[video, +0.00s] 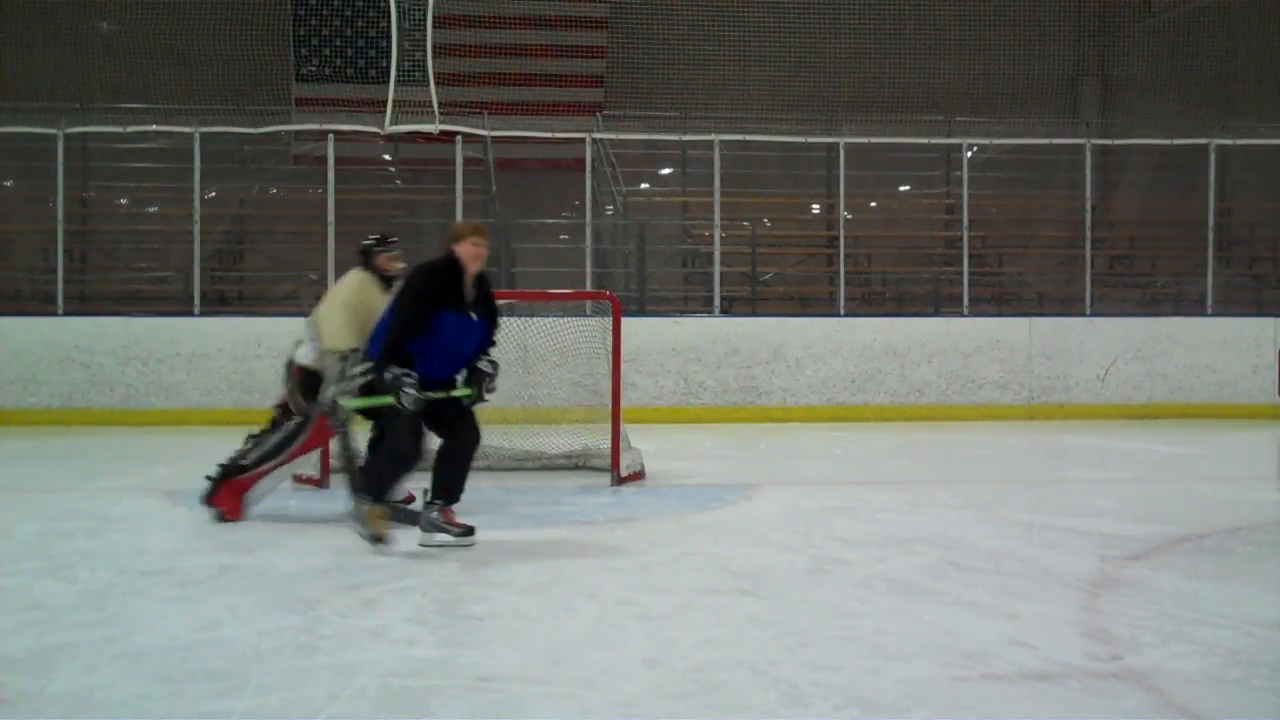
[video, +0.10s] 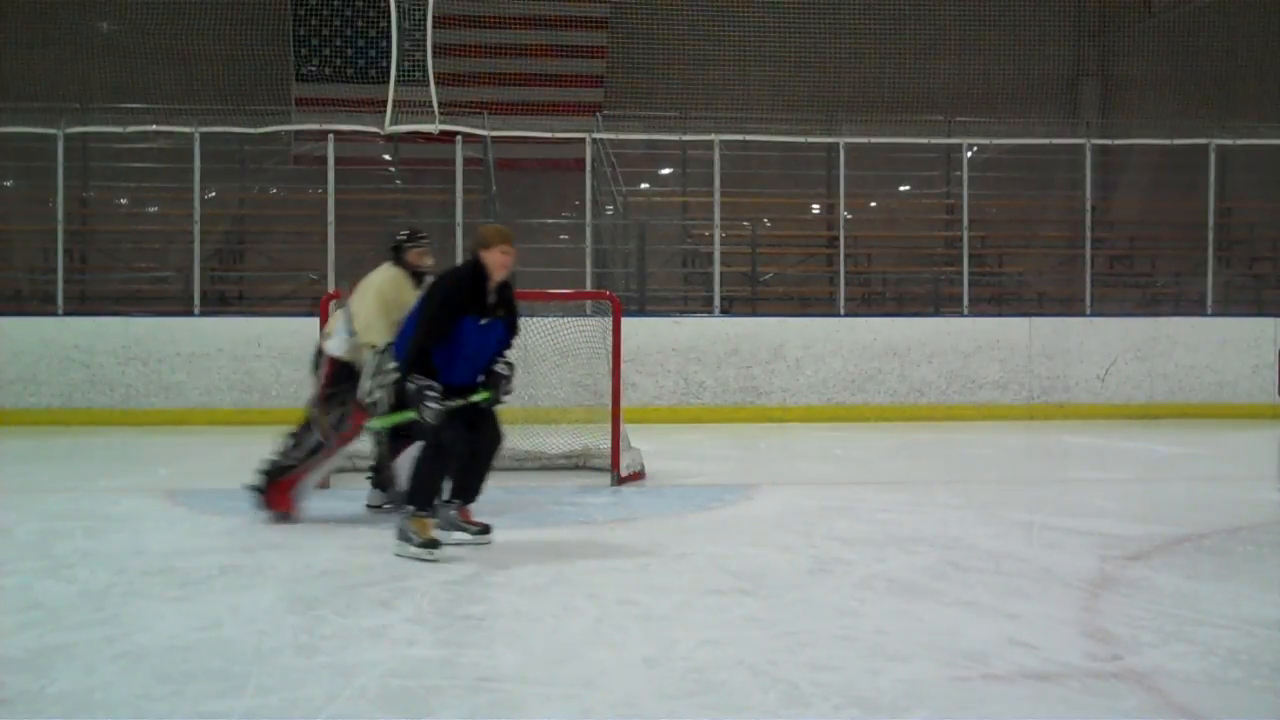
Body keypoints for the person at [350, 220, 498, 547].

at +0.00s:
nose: (480, 252)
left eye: (484, 246)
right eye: (473, 245)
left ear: (487, 252)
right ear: (455, 246)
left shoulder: (482, 288)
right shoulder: (428, 277)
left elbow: (485, 336)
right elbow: (399, 326)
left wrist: (481, 367)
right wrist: (399, 375)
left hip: (438, 380)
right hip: (395, 376)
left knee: (465, 434)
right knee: (405, 444)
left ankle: (439, 508)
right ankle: (367, 498)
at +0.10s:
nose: (507, 260)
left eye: (510, 254)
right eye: (500, 253)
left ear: (513, 258)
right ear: (480, 254)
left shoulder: (503, 293)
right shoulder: (453, 284)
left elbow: (503, 341)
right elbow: (420, 335)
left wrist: (497, 372)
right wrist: (422, 383)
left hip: (468, 383)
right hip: (432, 382)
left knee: (487, 436)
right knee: (443, 440)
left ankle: (455, 507)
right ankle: (417, 516)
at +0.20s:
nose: (536, 269)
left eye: (539, 262)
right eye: (532, 261)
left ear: (534, 263)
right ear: (511, 257)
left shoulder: (525, 296)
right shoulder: (478, 289)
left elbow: (526, 344)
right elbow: (448, 341)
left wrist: (521, 376)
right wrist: (448, 388)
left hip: (494, 388)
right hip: (459, 387)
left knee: (513, 438)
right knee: (470, 444)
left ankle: (480, 507)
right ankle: (441, 520)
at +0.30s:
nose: (563, 270)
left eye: (566, 263)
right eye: (559, 262)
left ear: (563, 264)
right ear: (538, 257)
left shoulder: (548, 296)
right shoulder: (507, 289)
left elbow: (549, 344)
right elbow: (482, 345)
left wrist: (552, 372)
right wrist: (489, 391)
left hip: (516, 388)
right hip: (481, 387)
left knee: (541, 439)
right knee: (506, 443)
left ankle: (506, 507)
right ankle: (470, 522)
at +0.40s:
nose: (594, 267)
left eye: (597, 261)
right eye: (590, 259)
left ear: (588, 260)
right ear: (569, 255)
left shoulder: (574, 293)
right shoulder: (540, 290)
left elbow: (569, 343)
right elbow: (519, 346)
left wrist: (581, 369)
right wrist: (532, 390)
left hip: (544, 385)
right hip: (513, 386)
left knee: (572, 442)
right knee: (543, 446)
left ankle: (535, 511)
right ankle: (515, 529)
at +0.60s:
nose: (657, 261)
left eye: (658, 254)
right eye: (651, 254)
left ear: (650, 258)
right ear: (631, 255)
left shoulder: (634, 289)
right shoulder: (617, 287)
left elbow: (626, 346)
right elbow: (603, 342)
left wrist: (643, 375)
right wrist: (617, 383)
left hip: (599, 375)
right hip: (581, 374)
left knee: (621, 440)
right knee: (620, 441)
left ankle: (609, 509)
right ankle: (611, 519)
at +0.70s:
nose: (690, 263)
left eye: (690, 256)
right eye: (683, 256)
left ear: (679, 260)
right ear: (665, 259)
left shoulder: (665, 289)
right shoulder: (654, 289)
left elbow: (656, 348)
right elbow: (639, 346)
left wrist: (673, 379)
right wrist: (657, 385)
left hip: (628, 375)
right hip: (611, 375)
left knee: (655, 443)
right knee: (647, 446)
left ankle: (642, 508)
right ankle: (648, 525)